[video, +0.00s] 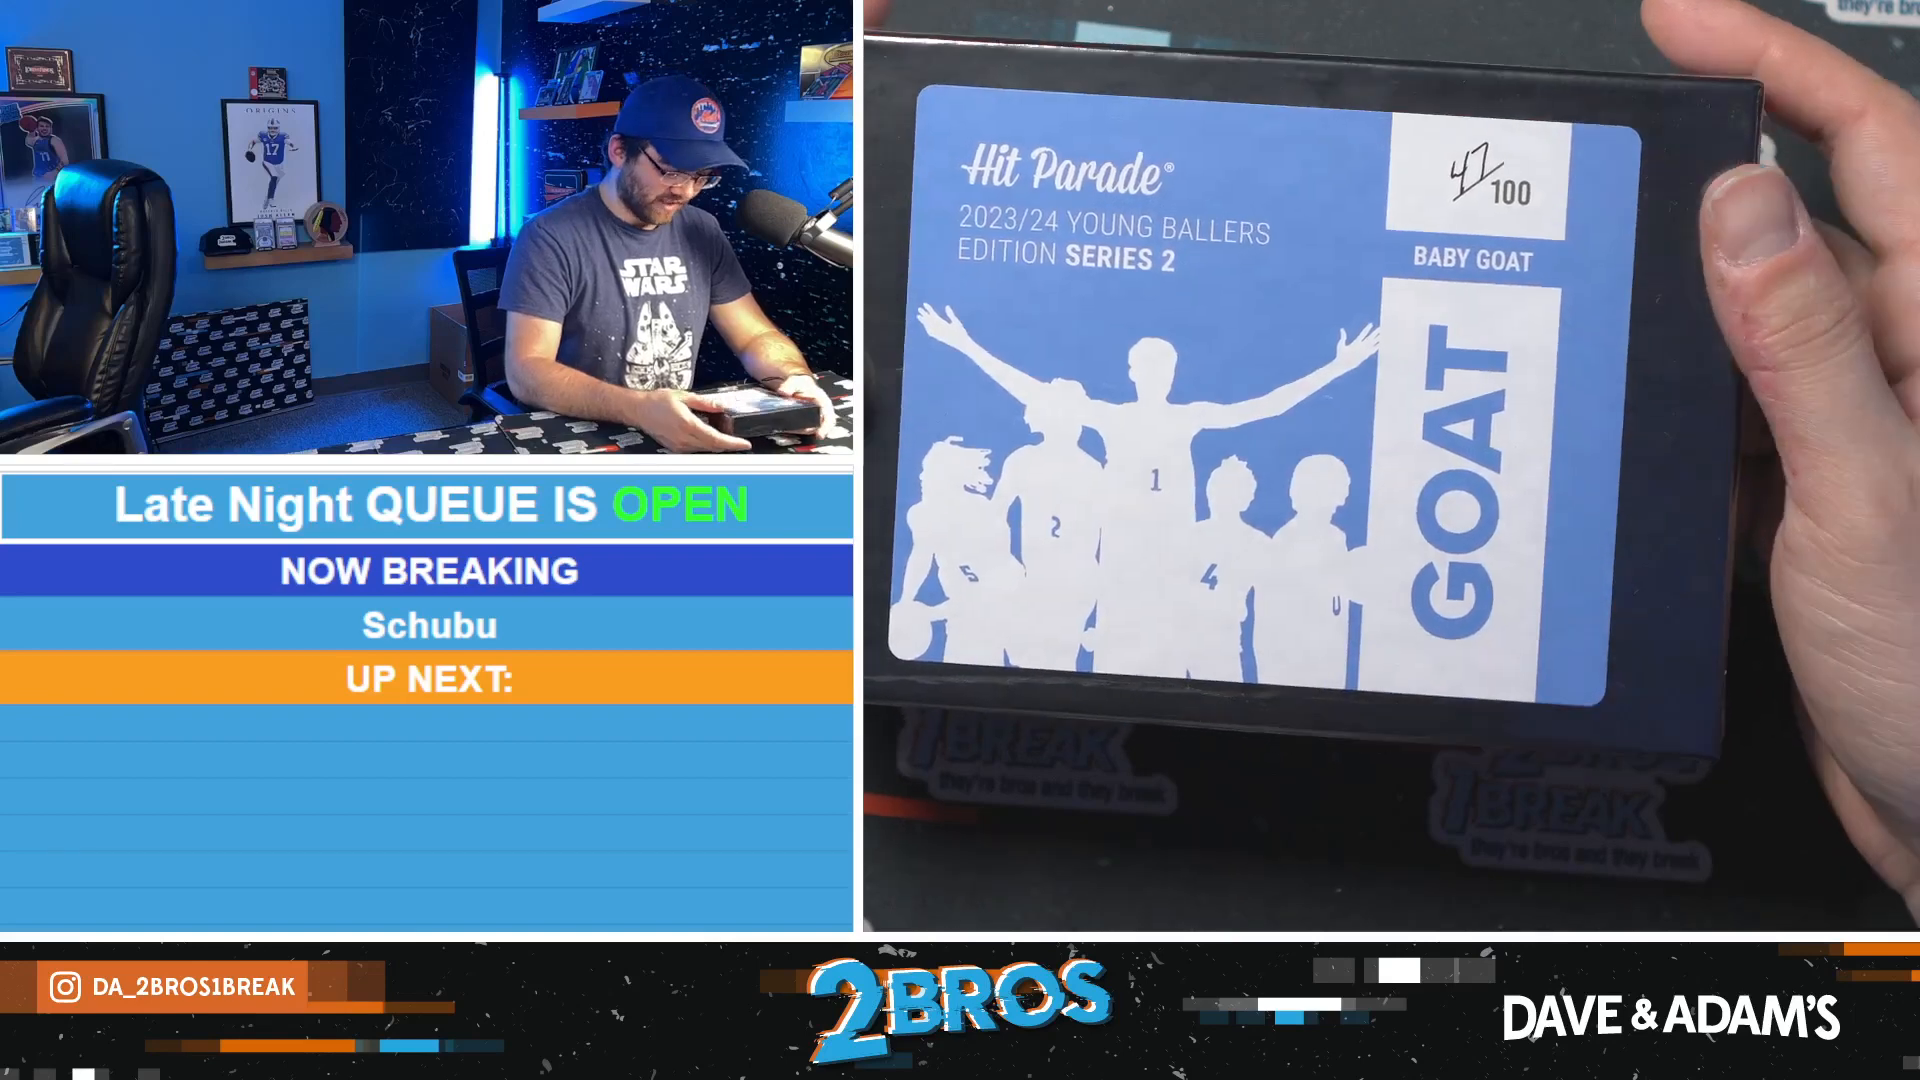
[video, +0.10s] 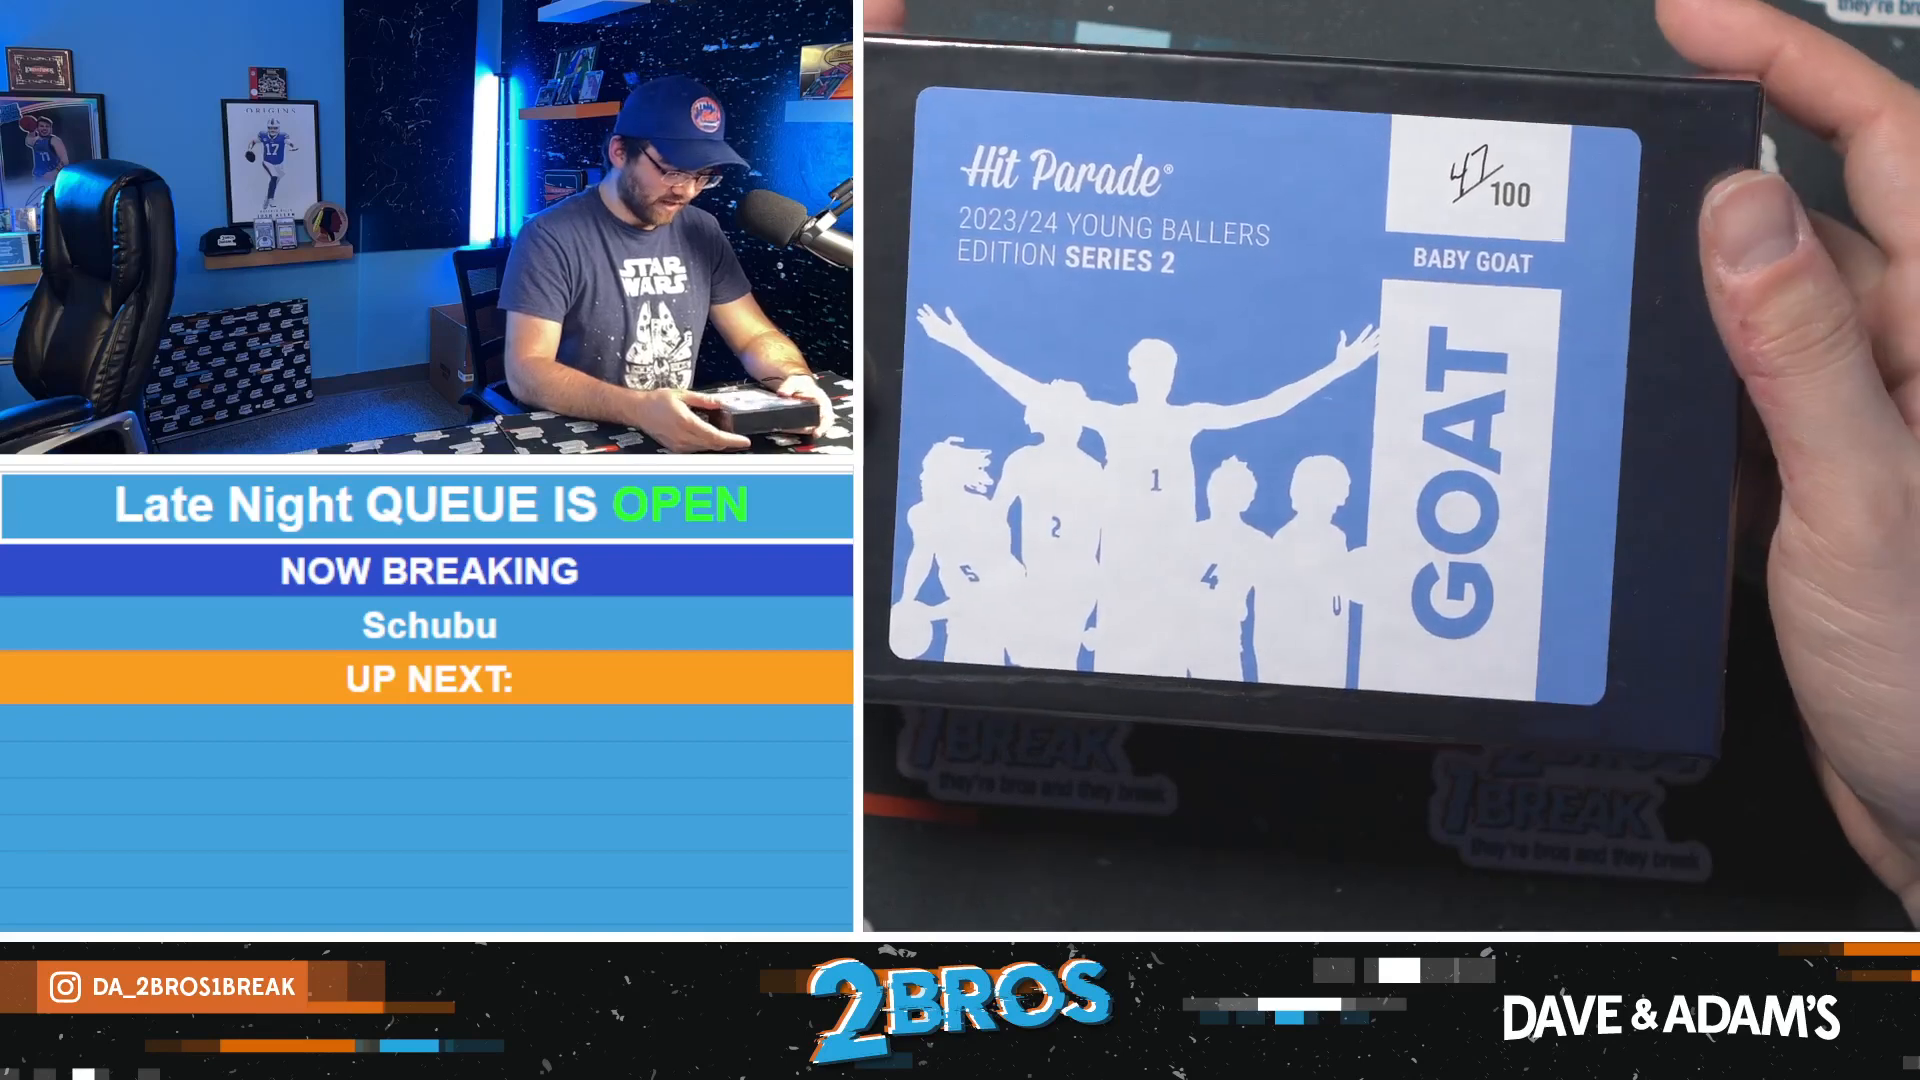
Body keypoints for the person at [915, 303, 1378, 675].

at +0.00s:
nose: (1151, 376)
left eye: (1160, 367)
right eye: (1143, 367)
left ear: (1172, 371)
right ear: (1130, 370)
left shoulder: (1191, 418)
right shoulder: (1109, 417)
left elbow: (1270, 405)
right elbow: (1030, 389)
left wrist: (1340, 365)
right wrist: (965, 345)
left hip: (1172, 542)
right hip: (1118, 541)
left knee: (1167, 641)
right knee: (1115, 638)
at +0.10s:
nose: (1151, 376)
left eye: (1160, 367)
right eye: (1144, 367)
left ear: (1172, 371)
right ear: (1129, 370)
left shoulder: (1192, 419)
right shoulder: (1110, 418)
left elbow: (1271, 405)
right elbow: (1031, 391)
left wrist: (1340, 365)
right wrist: (966, 346)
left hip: (1174, 540)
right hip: (1120, 539)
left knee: (1168, 638)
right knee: (1118, 636)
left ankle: (1168, 732)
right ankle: (1113, 724)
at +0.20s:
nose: (1154, 378)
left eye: (1162, 369)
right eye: (1147, 369)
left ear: (1174, 373)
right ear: (1132, 372)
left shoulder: (1195, 420)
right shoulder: (1112, 420)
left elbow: (1275, 406)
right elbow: (1033, 393)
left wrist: (1341, 367)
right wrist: (967, 350)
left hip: (1180, 547)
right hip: (1125, 546)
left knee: (1176, 646)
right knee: (1122, 644)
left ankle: (1176, 738)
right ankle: (1117, 734)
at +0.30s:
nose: (1155, 374)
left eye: (1163, 365)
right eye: (1147, 365)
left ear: (1175, 369)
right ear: (1133, 368)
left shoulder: (1196, 416)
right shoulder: (1113, 416)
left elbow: (1276, 401)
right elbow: (1033, 389)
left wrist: (1343, 362)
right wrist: (968, 345)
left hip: (1180, 543)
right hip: (1125, 542)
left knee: (1176, 643)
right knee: (1121, 642)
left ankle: (1176, 740)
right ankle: (1116, 734)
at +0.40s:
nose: (1155, 375)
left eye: (1163, 366)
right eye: (1147, 366)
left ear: (1174, 370)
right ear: (1132, 369)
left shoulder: (1194, 418)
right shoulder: (1111, 418)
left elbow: (1273, 403)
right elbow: (1032, 390)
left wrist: (1342, 363)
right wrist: (967, 346)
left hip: (1179, 546)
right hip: (1123, 545)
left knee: (1175, 646)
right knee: (1120, 644)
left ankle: (1174, 740)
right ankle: (1114, 733)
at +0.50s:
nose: (1154, 372)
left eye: (1162, 363)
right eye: (1146, 363)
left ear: (1174, 366)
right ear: (1131, 366)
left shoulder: (1195, 414)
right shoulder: (1112, 414)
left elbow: (1274, 400)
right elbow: (1033, 388)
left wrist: (1342, 359)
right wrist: (967, 344)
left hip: (1180, 542)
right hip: (1124, 541)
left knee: (1175, 642)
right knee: (1121, 641)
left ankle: (1176, 736)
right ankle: (1115, 731)